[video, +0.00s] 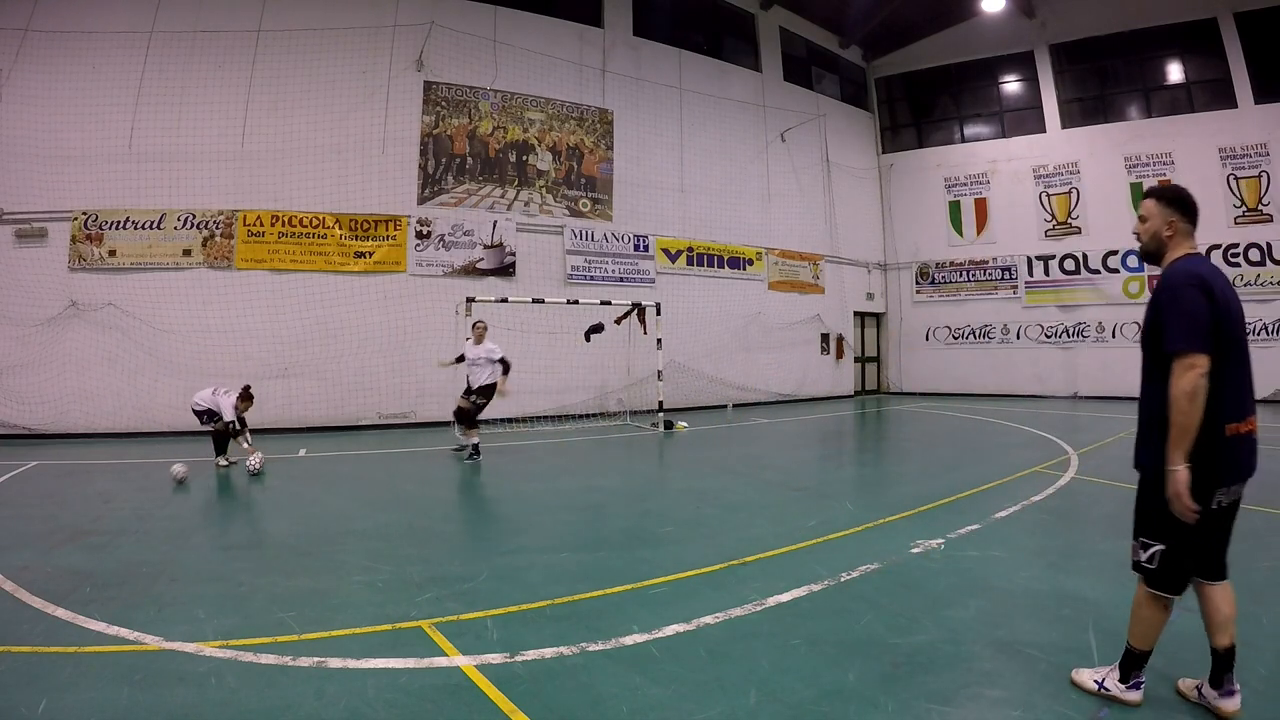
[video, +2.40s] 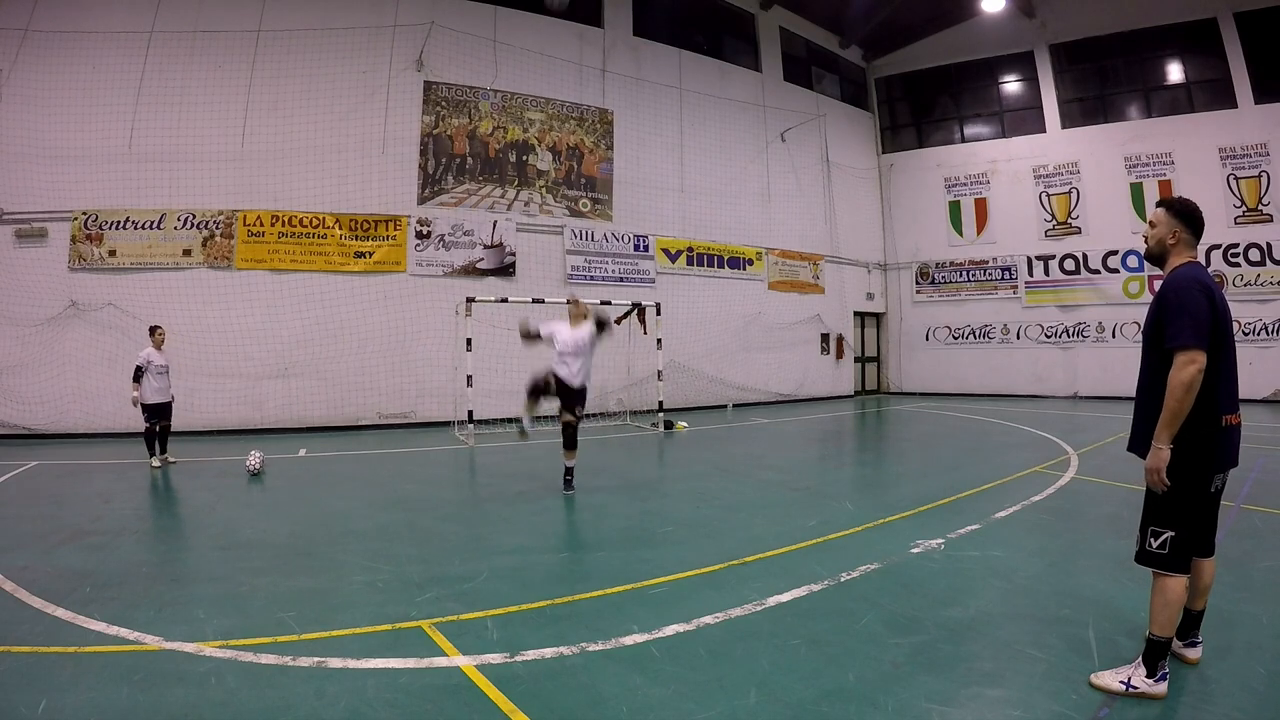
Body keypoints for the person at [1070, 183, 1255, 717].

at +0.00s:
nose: (1135, 229)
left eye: (1143, 220)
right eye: (1136, 220)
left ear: (1171, 225)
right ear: (1177, 227)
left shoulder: (1182, 283)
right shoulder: (1207, 277)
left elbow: (1192, 373)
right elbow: (1211, 373)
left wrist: (1176, 461)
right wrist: (1182, 455)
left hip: (1184, 462)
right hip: (1220, 459)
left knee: (1157, 576)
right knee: (1210, 570)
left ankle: (1127, 677)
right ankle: (1223, 685)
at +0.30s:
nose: (1116, 236)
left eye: (1122, 226)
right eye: (1118, 226)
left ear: (1147, 229)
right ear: (1165, 229)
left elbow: (1139, 372)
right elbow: (1213, 361)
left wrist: (1097, 445)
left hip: (1164, 450)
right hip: (1211, 444)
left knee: (1143, 563)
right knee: (1182, 541)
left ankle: (1128, 676)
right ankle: (1210, 643)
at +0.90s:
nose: (1146, 238)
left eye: (1152, 231)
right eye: (1149, 230)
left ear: (1174, 238)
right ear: (1184, 239)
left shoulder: (1186, 292)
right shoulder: (1205, 285)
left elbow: (1197, 372)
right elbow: (1208, 370)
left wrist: (1179, 447)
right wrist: (1184, 438)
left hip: (1186, 448)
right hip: (1214, 445)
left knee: (1160, 556)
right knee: (1201, 544)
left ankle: (1140, 669)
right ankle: (1187, 637)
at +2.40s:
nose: (1144, 233)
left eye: (1151, 225)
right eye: (1146, 225)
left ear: (1174, 234)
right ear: (1180, 235)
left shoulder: (1183, 285)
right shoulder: (1198, 282)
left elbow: (1190, 366)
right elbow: (1202, 367)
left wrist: (1160, 442)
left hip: (1186, 447)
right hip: (1209, 443)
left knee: (1168, 558)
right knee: (1198, 546)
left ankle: (1151, 670)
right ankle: (1187, 638)